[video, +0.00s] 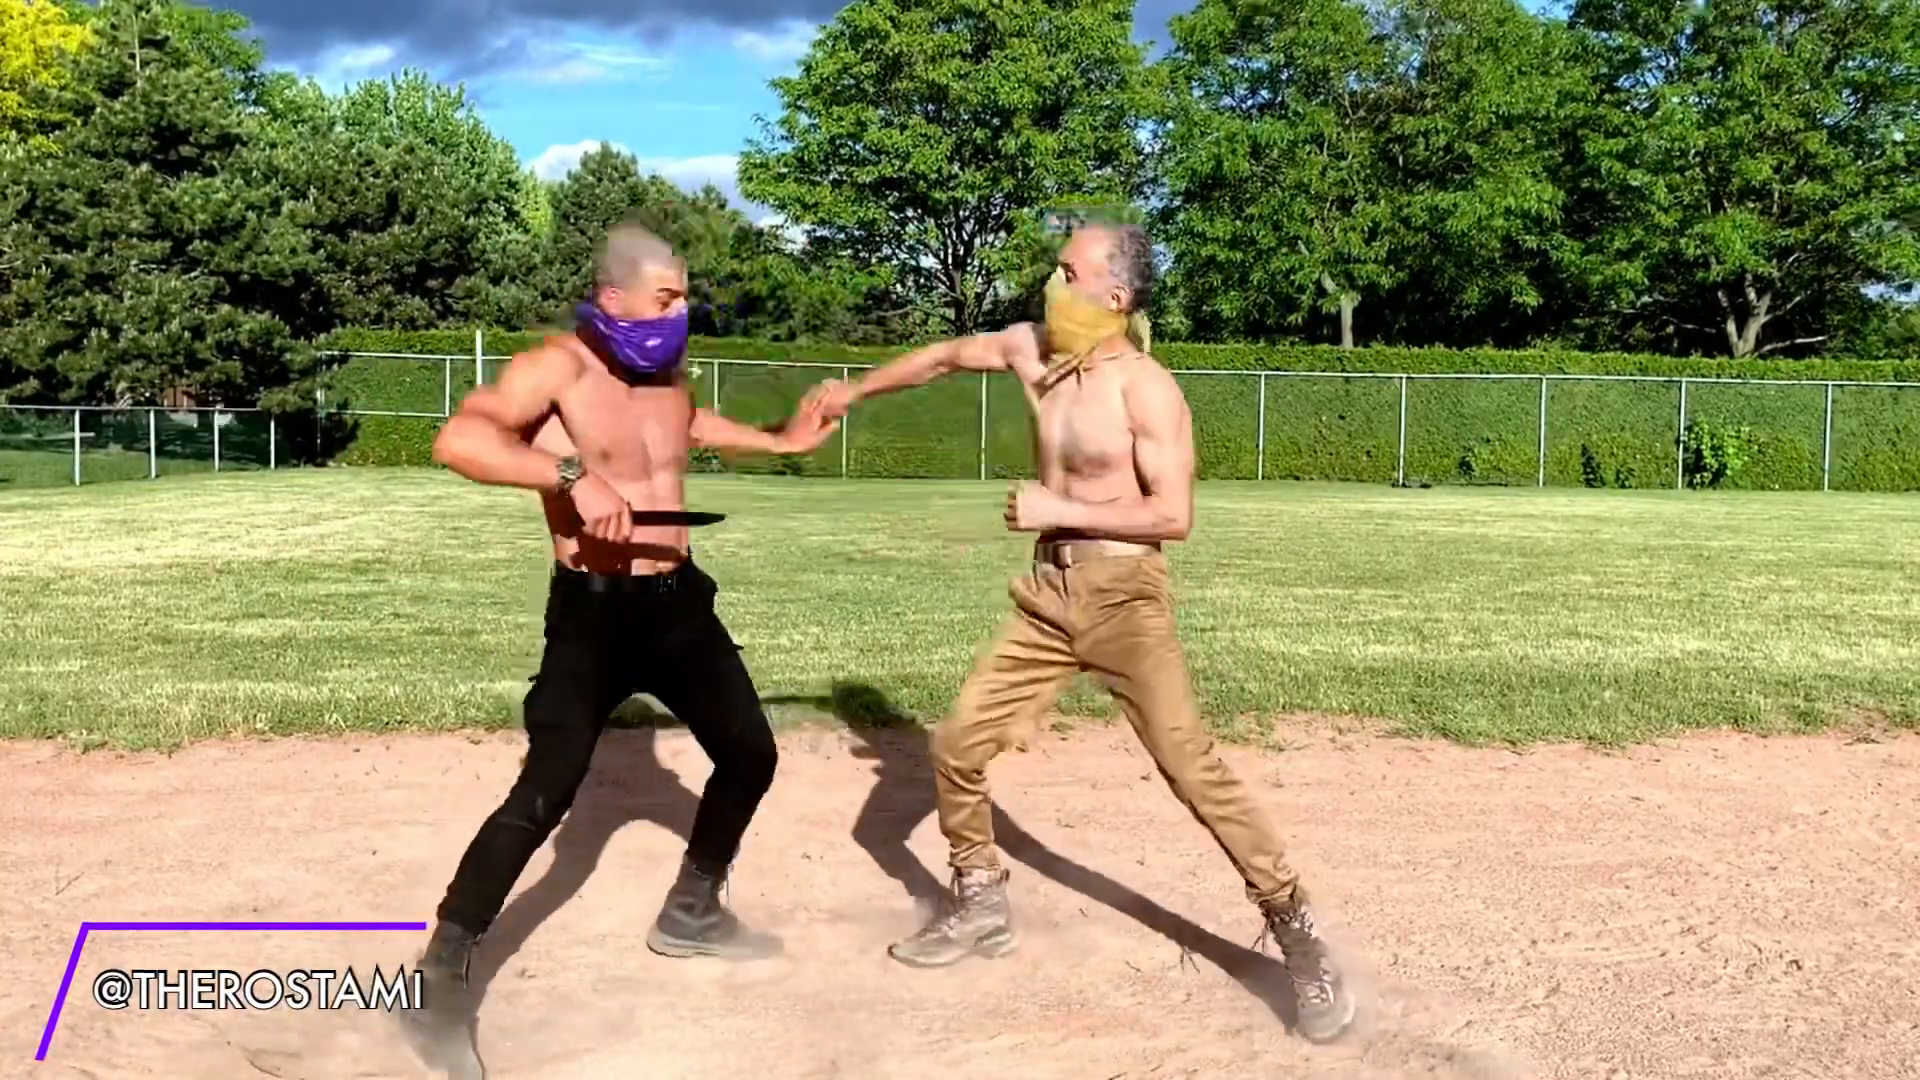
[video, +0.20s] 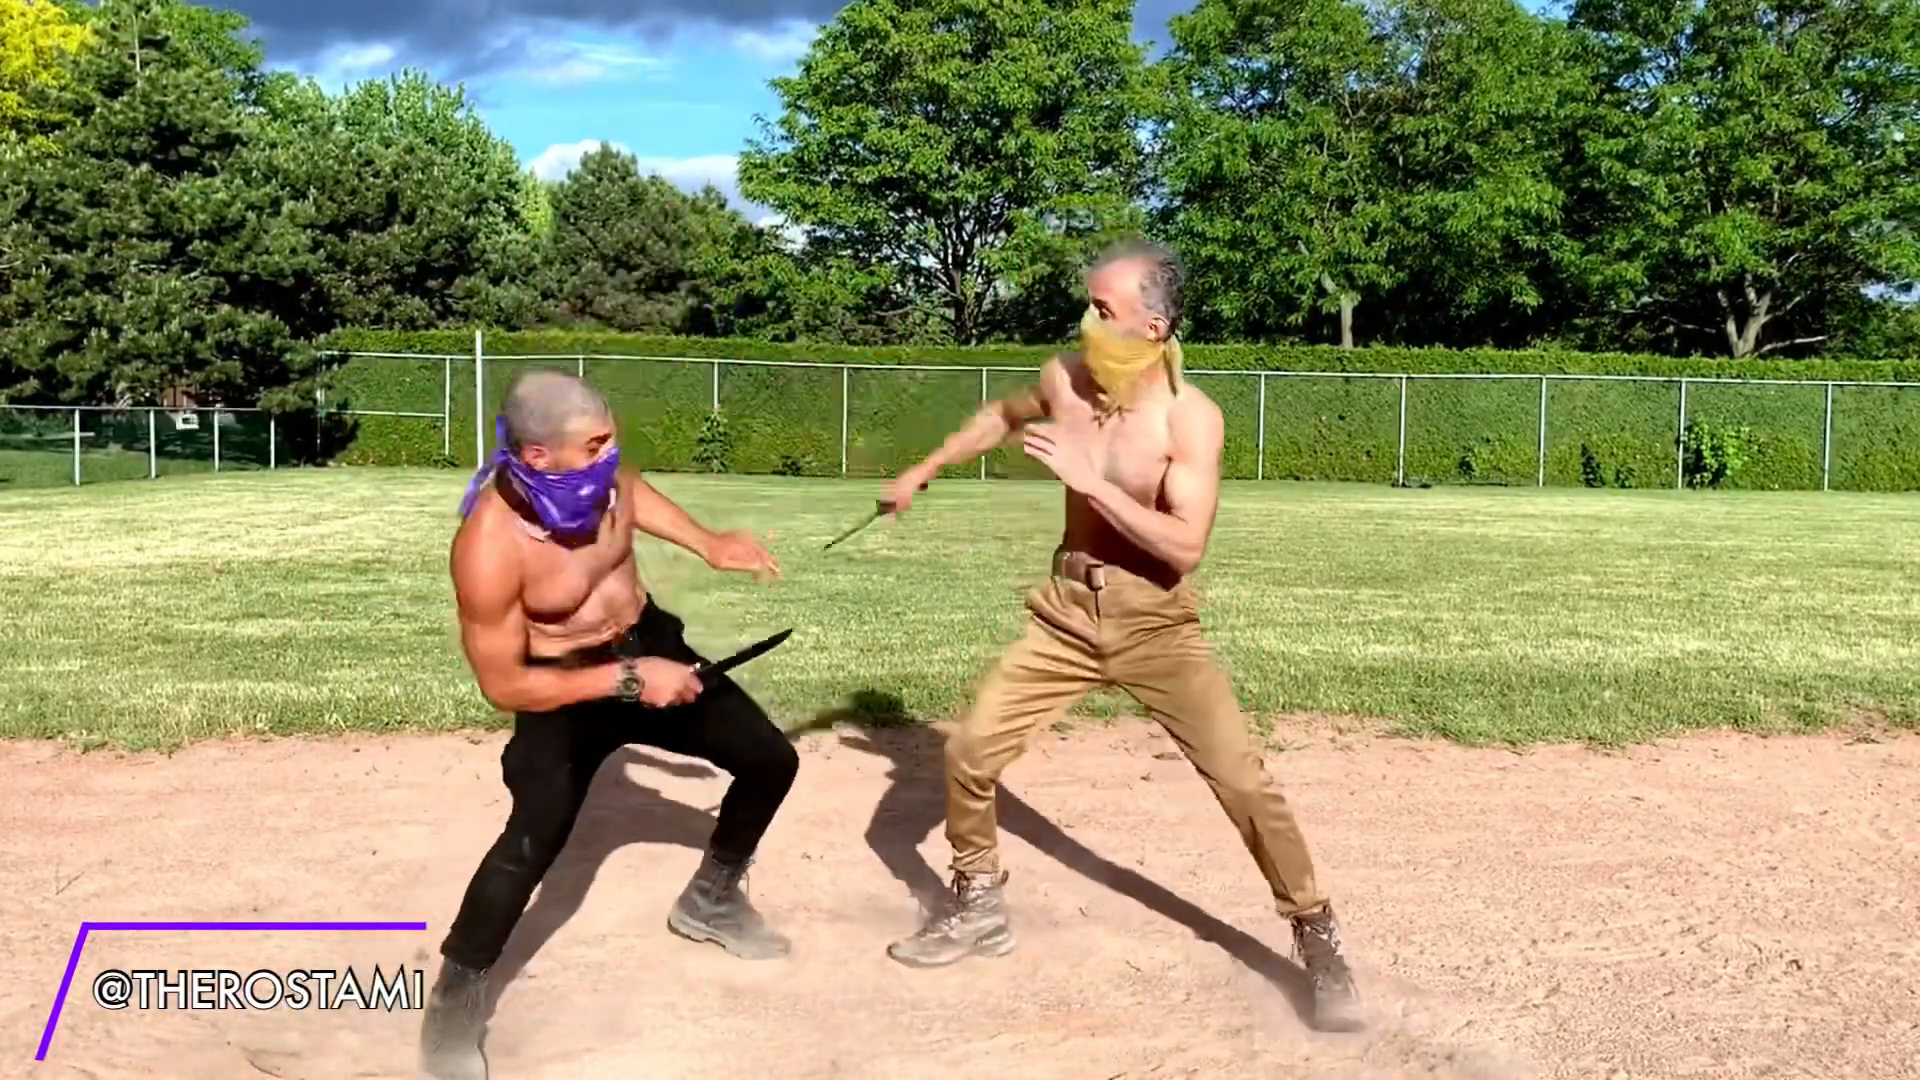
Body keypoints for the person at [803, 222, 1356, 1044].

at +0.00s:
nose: (1054, 276)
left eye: (1070, 267)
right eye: (1058, 263)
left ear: (1116, 290)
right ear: (1083, 284)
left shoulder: (1147, 386)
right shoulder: (1034, 350)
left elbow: (1173, 517)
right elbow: (942, 356)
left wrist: (1058, 510)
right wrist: (852, 390)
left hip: (1129, 600)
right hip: (1049, 595)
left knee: (1188, 764)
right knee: (958, 747)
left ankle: (1298, 936)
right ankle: (978, 905)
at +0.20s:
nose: (1089, 323)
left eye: (1107, 312)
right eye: (1088, 308)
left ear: (1157, 326)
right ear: (1088, 307)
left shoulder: (1194, 419)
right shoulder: (1066, 379)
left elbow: (1186, 545)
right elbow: (1005, 415)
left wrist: (1091, 484)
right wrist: (923, 469)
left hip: (1160, 628)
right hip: (1065, 616)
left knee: (1244, 784)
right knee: (969, 750)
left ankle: (1319, 944)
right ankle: (978, 905)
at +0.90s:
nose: (1063, 319)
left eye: (1074, 304)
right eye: (1057, 305)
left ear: (1126, 301)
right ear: (1071, 305)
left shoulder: (1188, 385)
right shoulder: (1076, 395)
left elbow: (1187, 482)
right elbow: (1012, 472)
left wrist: (1095, 419)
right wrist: (928, 520)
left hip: (1210, 614)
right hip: (1133, 616)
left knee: (1257, 797)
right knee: (1041, 757)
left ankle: (1339, 941)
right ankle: (989, 909)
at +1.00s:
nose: (1045, 322)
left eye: (1058, 308)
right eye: (1044, 309)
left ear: (1111, 309)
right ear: (1078, 316)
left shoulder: (1153, 389)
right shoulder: (1099, 410)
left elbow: (1094, 432)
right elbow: (1088, 506)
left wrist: (1025, 366)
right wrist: (1020, 557)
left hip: (1191, 630)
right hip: (1119, 628)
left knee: (1245, 815)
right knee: (1009, 756)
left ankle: (1344, 948)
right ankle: (984, 913)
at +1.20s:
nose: (1092, 283)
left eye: (1106, 265)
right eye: (1090, 268)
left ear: (1146, 278)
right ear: (1116, 280)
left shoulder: (1158, 354)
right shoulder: (1153, 367)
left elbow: (1137, 303)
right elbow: (1236, 424)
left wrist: (1073, 211)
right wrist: (1200, 517)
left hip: (1166, 597)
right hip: (1114, 598)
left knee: (1223, 797)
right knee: (1024, 756)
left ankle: (1339, 943)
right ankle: (988, 913)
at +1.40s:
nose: (1126, 286)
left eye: (1137, 270)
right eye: (1126, 272)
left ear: (1186, 276)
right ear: (1170, 275)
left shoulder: (1232, 370)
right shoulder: (1167, 383)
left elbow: (1214, 433)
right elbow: (1167, 506)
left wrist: (1152, 336)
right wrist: (1093, 537)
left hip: (1205, 608)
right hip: (1145, 606)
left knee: (1226, 806)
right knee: (1054, 760)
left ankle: (1338, 959)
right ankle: (996, 913)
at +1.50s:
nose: (1112, 309)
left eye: (1122, 293)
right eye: (1111, 296)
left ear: (1170, 293)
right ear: (1144, 297)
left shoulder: (1232, 382)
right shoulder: (1141, 392)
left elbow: (1209, 470)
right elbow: (1142, 483)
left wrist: (1153, 362)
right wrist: (1062, 511)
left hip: (1236, 613)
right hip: (1162, 609)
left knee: (1249, 802)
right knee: (1052, 750)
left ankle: (1339, 962)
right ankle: (1025, 912)